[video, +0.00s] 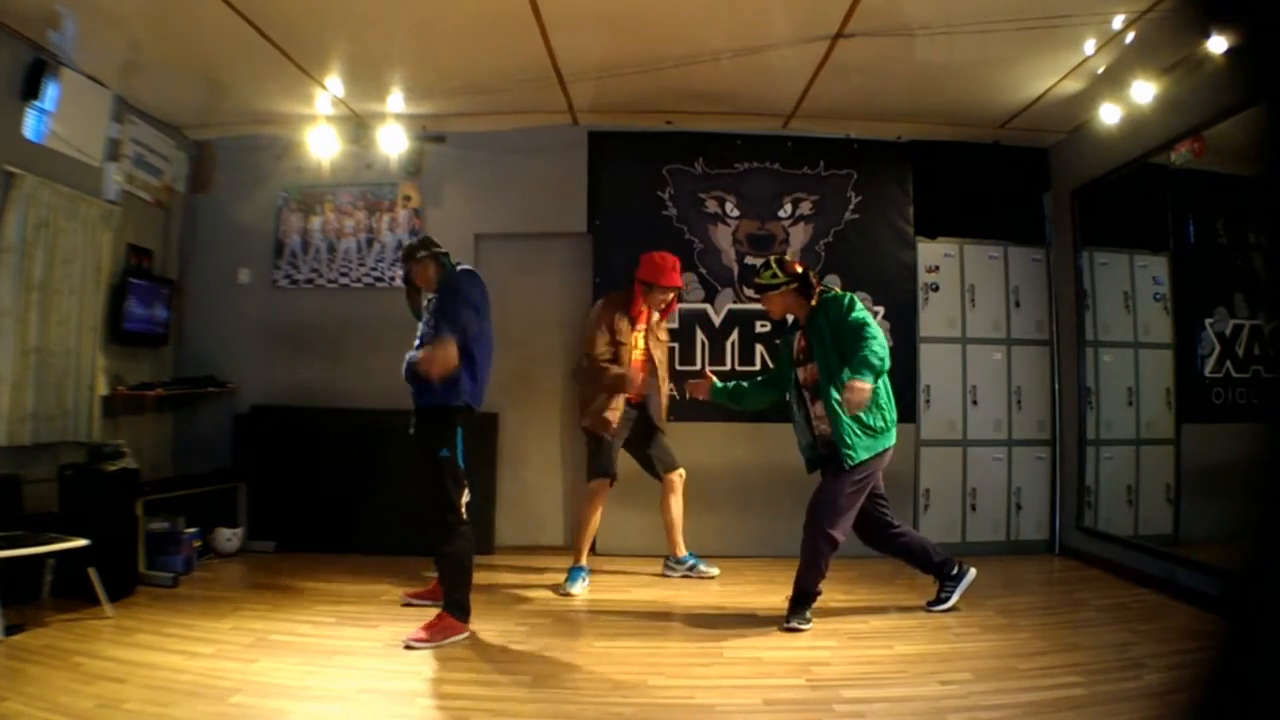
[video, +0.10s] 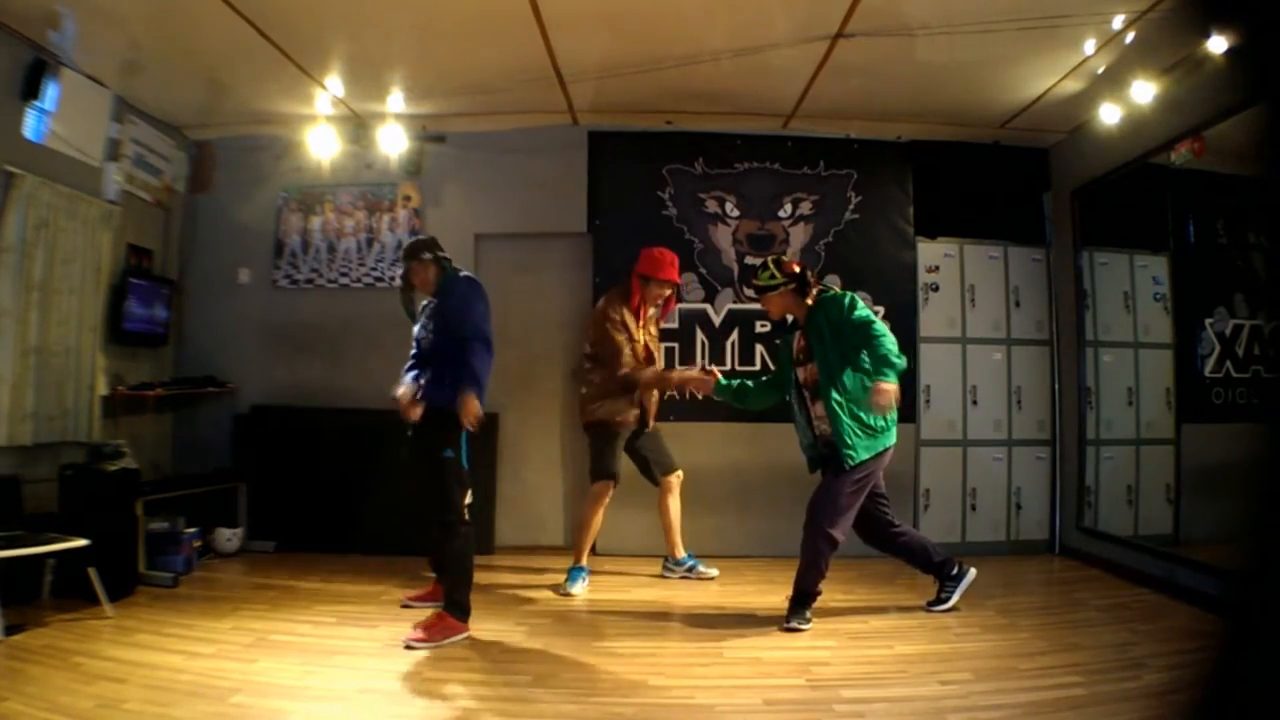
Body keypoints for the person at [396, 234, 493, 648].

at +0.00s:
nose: (415, 282)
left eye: (415, 272)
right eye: (411, 275)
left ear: (429, 263)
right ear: (426, 266)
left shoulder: (461, 285)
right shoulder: (445, 292)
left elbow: (445, 356)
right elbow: (424, 344)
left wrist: (412, 359)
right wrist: (427, 359)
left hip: (452, 413)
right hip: (435, 412)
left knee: (454, 509)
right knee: (439, 501)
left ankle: (456, 614)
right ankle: (445, 582)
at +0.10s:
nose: (413, 282)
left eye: (414, 273)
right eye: (409, 275)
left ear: (430, 264)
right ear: (419, 270)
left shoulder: (465, 289)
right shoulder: (433, 301)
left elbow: (477, 343)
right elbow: (422, 351)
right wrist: (410, 382)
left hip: (455, 415)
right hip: (429, 414)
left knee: (455, 508)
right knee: (433, 499)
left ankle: (456, 614)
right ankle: (443, 581)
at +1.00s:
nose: (484, 260)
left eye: (492, 252)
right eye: (477, 250)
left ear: (500, 256)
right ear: (459, 249)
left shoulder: (506, 305)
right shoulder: (425, 283)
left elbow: (511, 373)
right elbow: (395, 336)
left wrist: (502, 427)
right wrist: (388, 393)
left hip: (474, 411)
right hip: (428, 407)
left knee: (470, 505)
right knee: (432, 496)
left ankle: (469, 601)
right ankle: (445, 577)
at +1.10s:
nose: (480, 252)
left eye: (489, 244)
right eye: (474, 242)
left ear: (502, 248)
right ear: (460, 241)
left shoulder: (510, 303)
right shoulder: (430, 280)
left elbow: (515, 372)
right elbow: (401, 333)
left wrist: (505, 429)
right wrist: (391, 388)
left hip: (475, 412)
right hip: (427, 407)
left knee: (470, 504)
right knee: (420, 493)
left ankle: (468, 601)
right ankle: (440, 568)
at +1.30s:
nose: (474, 235)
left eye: (482, 228)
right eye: (467, 227)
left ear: (496, 237)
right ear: (454, 233)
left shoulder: (508, 296)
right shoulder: (435, 282)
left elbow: (518, 367)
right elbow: (421, 343)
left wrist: (505, 427)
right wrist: (411, 400)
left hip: (476, 412)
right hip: (431, 408)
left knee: (472, 506)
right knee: (399, 489)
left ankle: (466, 604)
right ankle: (419, 571)